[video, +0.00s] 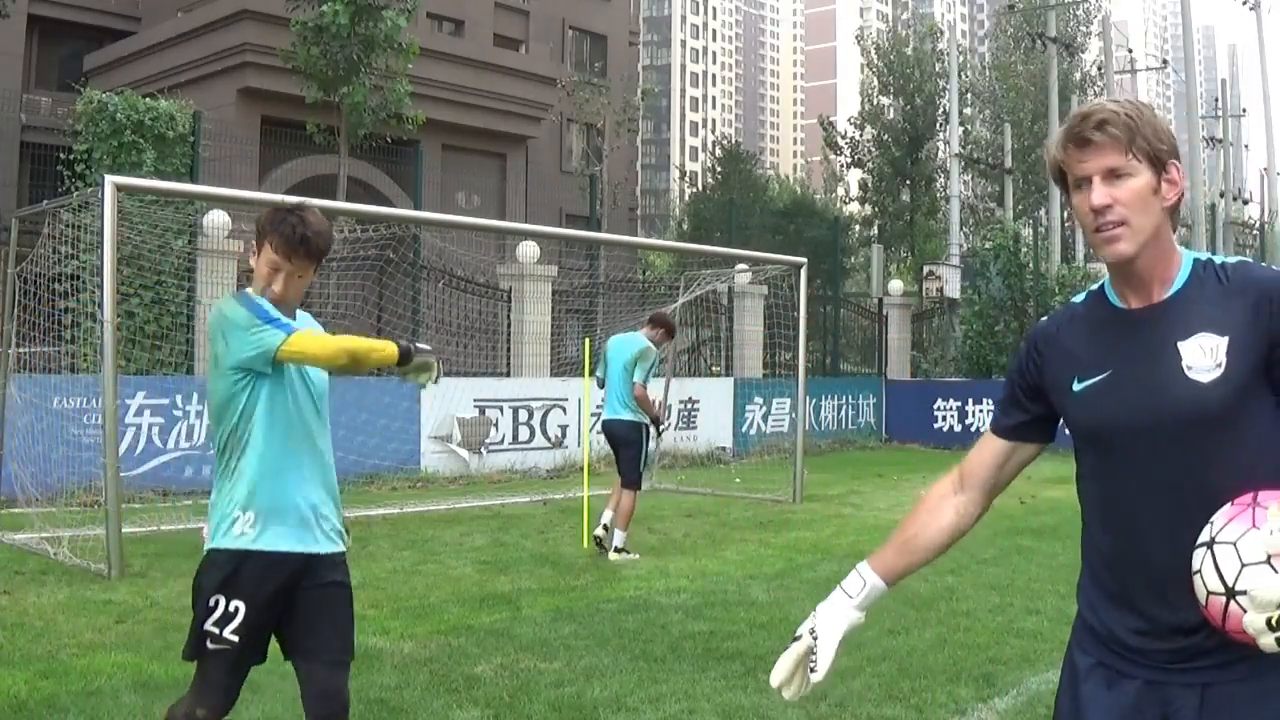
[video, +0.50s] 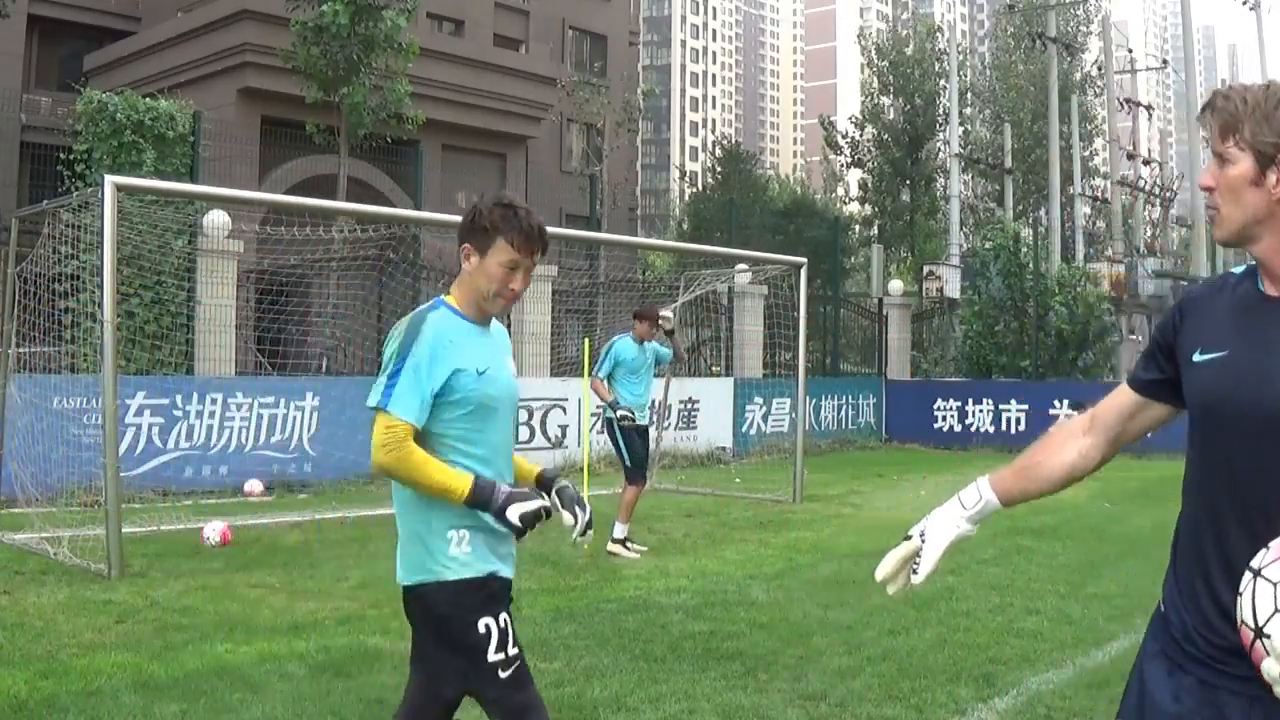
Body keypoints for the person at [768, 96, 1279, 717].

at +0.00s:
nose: (1098, 200)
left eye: (1117, 177)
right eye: (1081, 185)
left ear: (1171, 184)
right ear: (1070, 204)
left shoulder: (1261, 302)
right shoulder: (1056, 345)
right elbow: (963, 490)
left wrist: (1272, 557)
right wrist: (849, 597)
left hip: (1249, 669)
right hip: (1110, 675)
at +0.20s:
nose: (1110, 193)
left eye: (1134, 173)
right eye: (1105, 175)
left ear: (1197, 180)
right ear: (1099, 181)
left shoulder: (1269, 301)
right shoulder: (1080, 329)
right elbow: (976, 455)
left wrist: (1273, 564)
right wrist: (852, 549)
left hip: (1247, 674)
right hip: (1109, 671)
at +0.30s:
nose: (1131, 183)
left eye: (1153, 162)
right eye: (1134, 164)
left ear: (1217, 175)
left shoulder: (1275, 301)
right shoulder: (1117, 317)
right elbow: (1009, 437)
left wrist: (1272, 583)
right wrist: (884, 525)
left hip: (1250, 675)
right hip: (1122, 662)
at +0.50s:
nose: (1205, 179)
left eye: (1224, 158)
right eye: (1212, 157)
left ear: (1275, 176)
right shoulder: (1205, 316)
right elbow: (1092, 433)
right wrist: (967, 505)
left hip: (1274, 687)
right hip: (1189, 669)